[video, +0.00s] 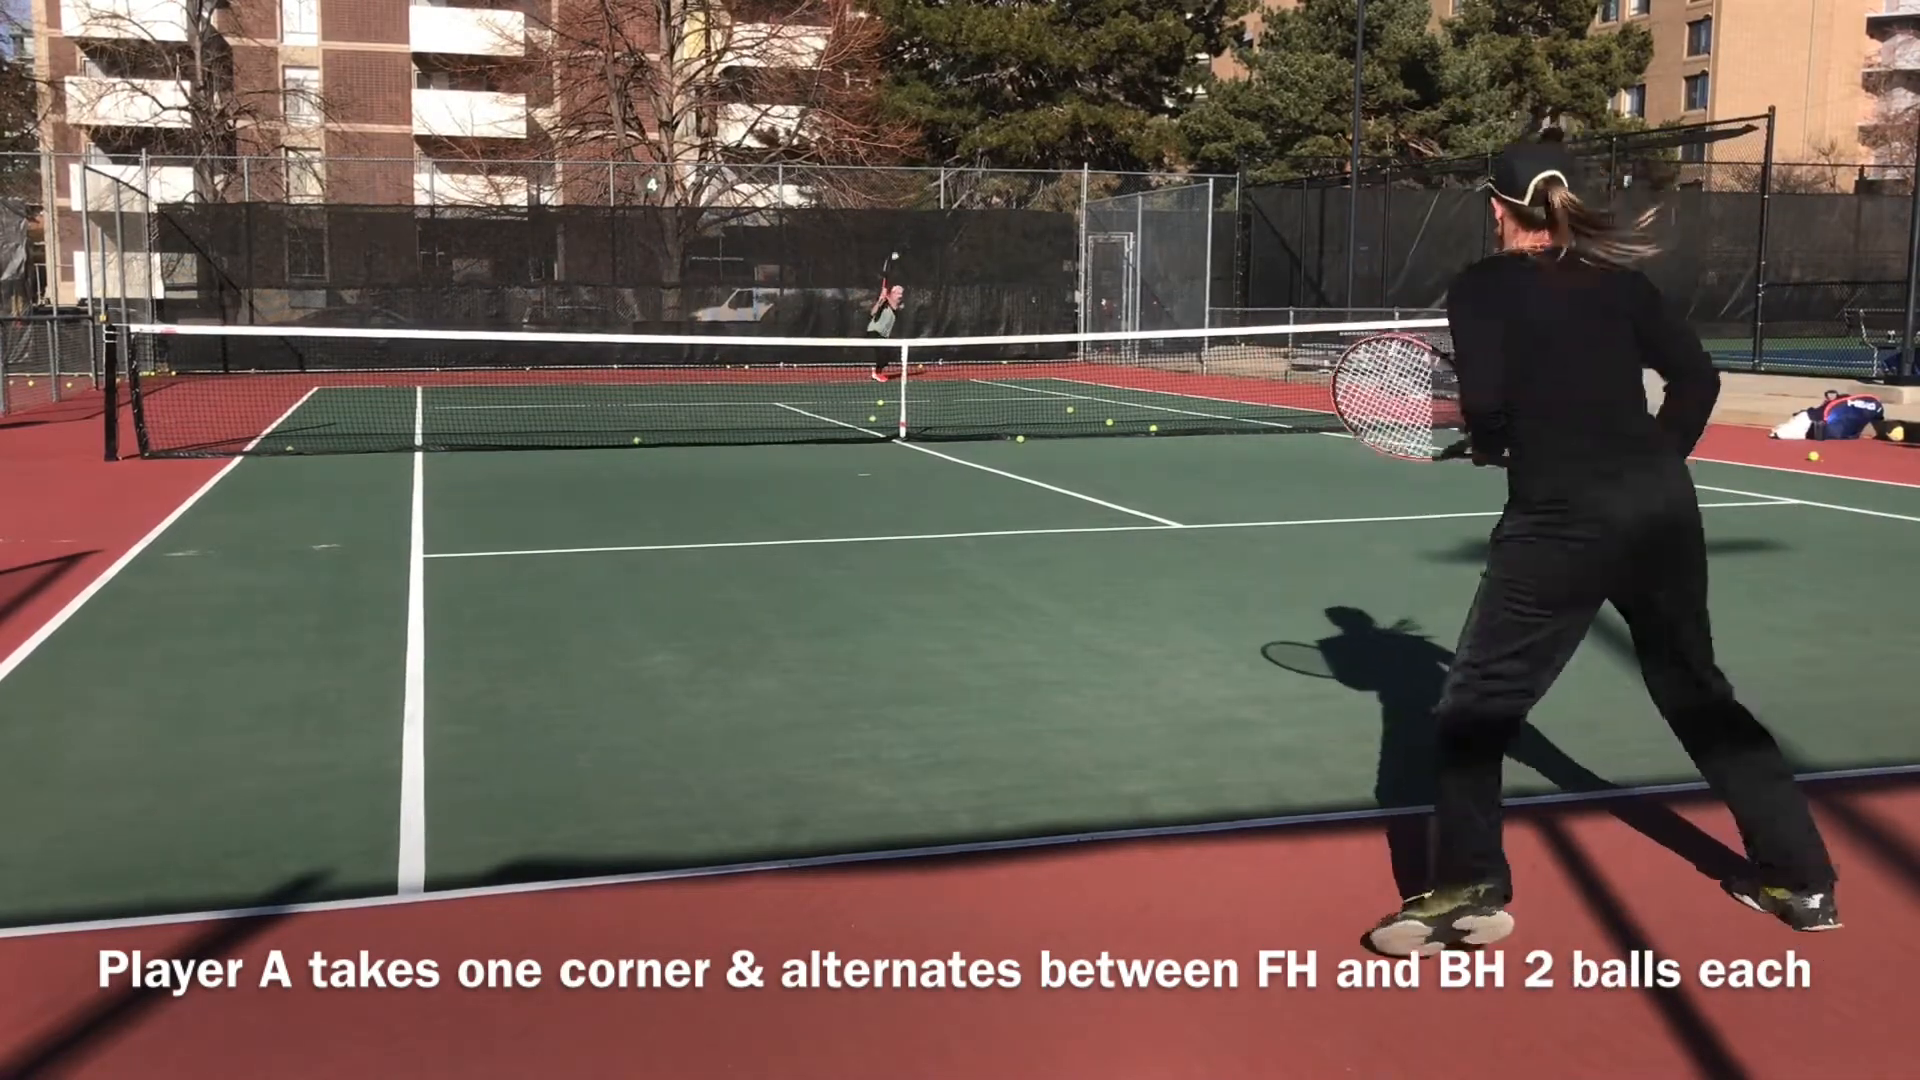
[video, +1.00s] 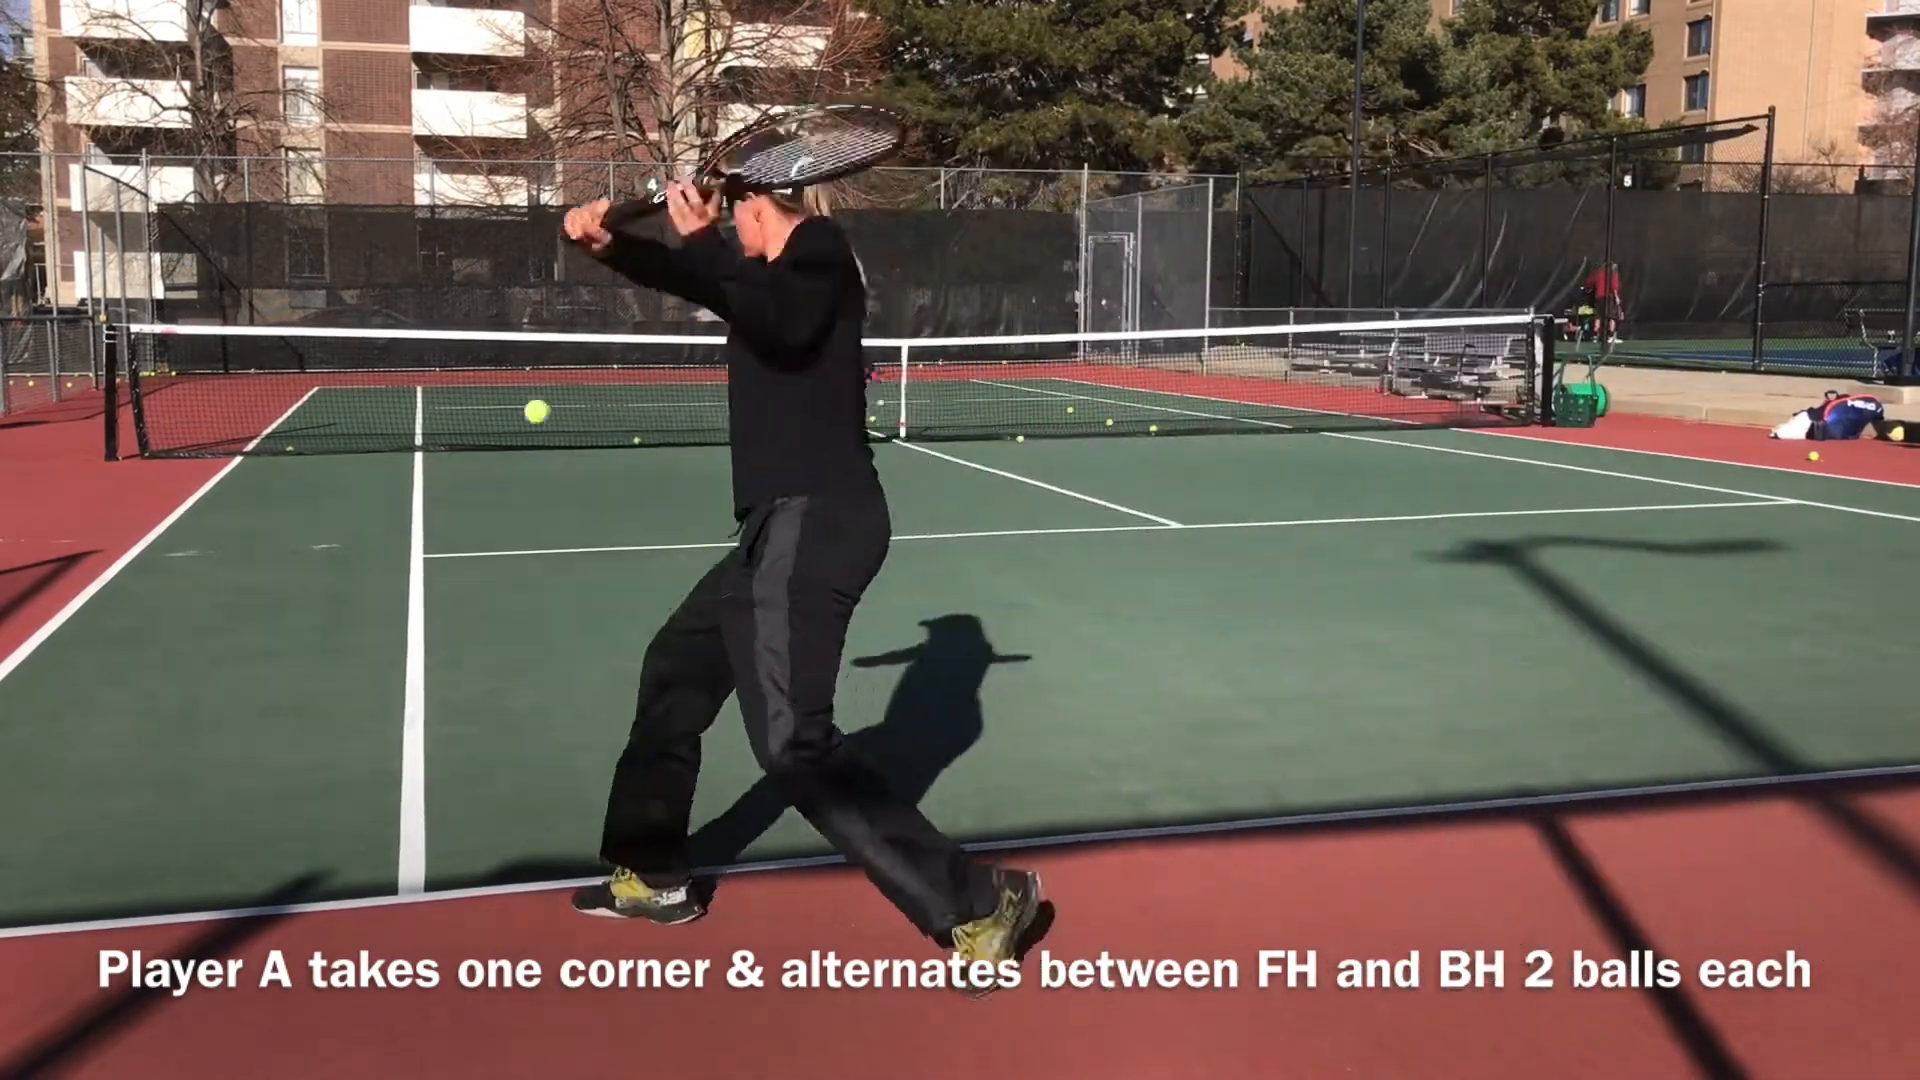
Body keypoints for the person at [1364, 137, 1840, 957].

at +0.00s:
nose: (1491, 219)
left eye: (1493, 209)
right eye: (1496, 207)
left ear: (1504, 213)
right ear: (1567, 214)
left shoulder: (1482, 285)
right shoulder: (1623, 283)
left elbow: (1485, 407)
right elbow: (1697, 377)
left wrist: (1488, 445)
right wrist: (1655, 459)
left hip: (1562, 505)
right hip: (1662, 499)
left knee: (1473, 711)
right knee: (1698, 693)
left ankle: (1473, 888)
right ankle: (1803, 878)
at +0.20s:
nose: (1346, 184)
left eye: (1348, 172)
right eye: (1350, 171)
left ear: (1365, 177)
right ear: (1425, 174)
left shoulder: (1348, 242)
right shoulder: (1477, 251)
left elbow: (1349, 374)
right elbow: (1566, 343)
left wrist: (1350, 408)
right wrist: (1521, 427)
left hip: (1429, 494)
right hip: (1527, 479)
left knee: (1428, 732)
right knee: (1537, 663)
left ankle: (1498, 940)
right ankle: (1657, 861)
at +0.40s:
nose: (1183, 188)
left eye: (1183, 174)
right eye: (1185, 173)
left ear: (1198, 173)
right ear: (1252, 167)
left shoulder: (1225, 236)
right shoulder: (1296, 230)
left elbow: (1273, 356)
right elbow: (1322, 380)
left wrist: (1184, 390)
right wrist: (1247, 465)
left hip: (1299, 496)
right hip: (1371, 494)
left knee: (1194, 696)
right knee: (1330, 710)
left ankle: (1210, 936)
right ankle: (1425, 933)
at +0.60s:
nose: (1004, 206)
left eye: (1014, 191)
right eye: (1000, 191)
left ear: (1053, 189)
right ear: (1025, 196)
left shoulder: (1109, 239)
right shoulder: (1051, 265)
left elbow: (1194, 329)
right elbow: (1064, 395)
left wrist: (1060, 332)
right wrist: (1016, 449)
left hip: (1147, 508)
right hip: (1096, 510)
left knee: (1032, 721)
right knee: (1020, 718)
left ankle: (1058, 957)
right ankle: (1178, 865)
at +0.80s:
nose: (870, 179)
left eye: (882, 162)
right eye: (866, 168)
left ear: (928, 156)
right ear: (881, 171)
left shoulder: (968, 222)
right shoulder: (890, 241)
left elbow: (1051, 276)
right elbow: (848, 323)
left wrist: (950, 189)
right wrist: (818, 283)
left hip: (971, 491)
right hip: (924, 496)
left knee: (957, 720)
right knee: (848, 690)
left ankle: (1052, 949)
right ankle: (731, 852)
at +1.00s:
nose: (731, 228)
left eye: (732, 213)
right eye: (727, 214)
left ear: (758, 205)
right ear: (783, 199)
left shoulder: (817, 255)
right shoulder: (776, 263)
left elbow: (785, 329)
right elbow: (691, 271)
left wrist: (708, 245)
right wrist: (609, 243)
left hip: (817, 521)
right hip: (787, 522)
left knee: (794, 746)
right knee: (677, 666)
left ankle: (982, 904)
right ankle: (650, 871)